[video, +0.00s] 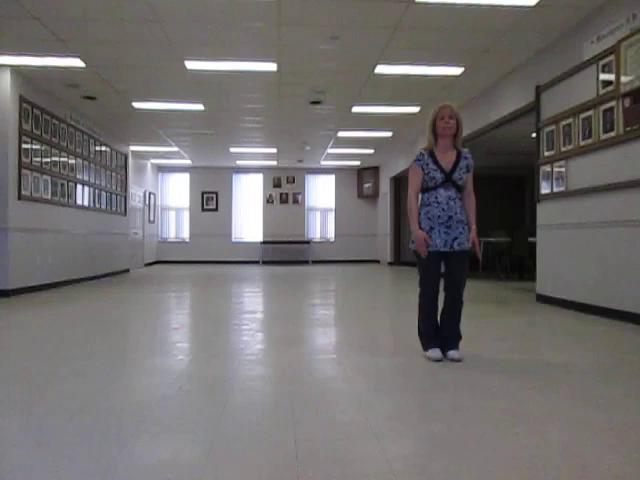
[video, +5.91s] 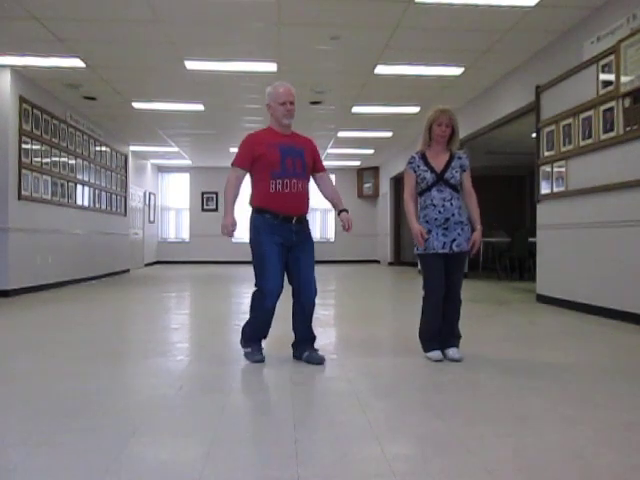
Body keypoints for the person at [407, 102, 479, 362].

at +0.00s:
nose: (447, 122)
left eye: (451, 118)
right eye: (442, 118)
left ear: (457, 125)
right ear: (434, 124)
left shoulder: (465, 158)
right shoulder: (423, 158)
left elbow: (469, 195)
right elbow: (412, 196)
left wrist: (473, 228)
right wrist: (415, 230)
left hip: (458, 229)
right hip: (429, 229)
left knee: (455, 290)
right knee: (429, 289)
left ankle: (451, 343)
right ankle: (431, 343)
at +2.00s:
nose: (443, 122)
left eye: (447, 118)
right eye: (438, 118)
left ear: (455, 125)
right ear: (431, 125)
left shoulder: (464, 158)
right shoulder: (420, 158)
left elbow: (469, 193)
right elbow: (411, 196)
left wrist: (474, 226)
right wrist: (414, 228)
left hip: (458, 229)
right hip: (430, 229)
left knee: (453, 290)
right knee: (432, 290)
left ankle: (450, 343)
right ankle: (431, 344)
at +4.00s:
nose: (447, 125)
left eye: (451, 122)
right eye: (443, 121)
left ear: (455, 128)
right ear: (432, 126)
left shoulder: (461, 160)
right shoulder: (418, 160)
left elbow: (470, 195)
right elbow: (409, 197)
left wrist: (477, 229)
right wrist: (415, 226)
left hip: (457, 231)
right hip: (429, 232)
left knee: (453, 291)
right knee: (434, 290)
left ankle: (451, 343)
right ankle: (431, 344)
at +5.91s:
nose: (444, 129)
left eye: (448, 126)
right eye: (439, 125)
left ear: (453, 130)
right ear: (430, 128)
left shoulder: (460, 160)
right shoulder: (416, 160)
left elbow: (469, 193)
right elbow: (409, 196)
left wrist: (478, 226)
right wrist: (414, 224)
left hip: (458, 231)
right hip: (429, 231)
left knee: (453, 290)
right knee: (434, 289)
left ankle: (451, 343)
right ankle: (431, 344)